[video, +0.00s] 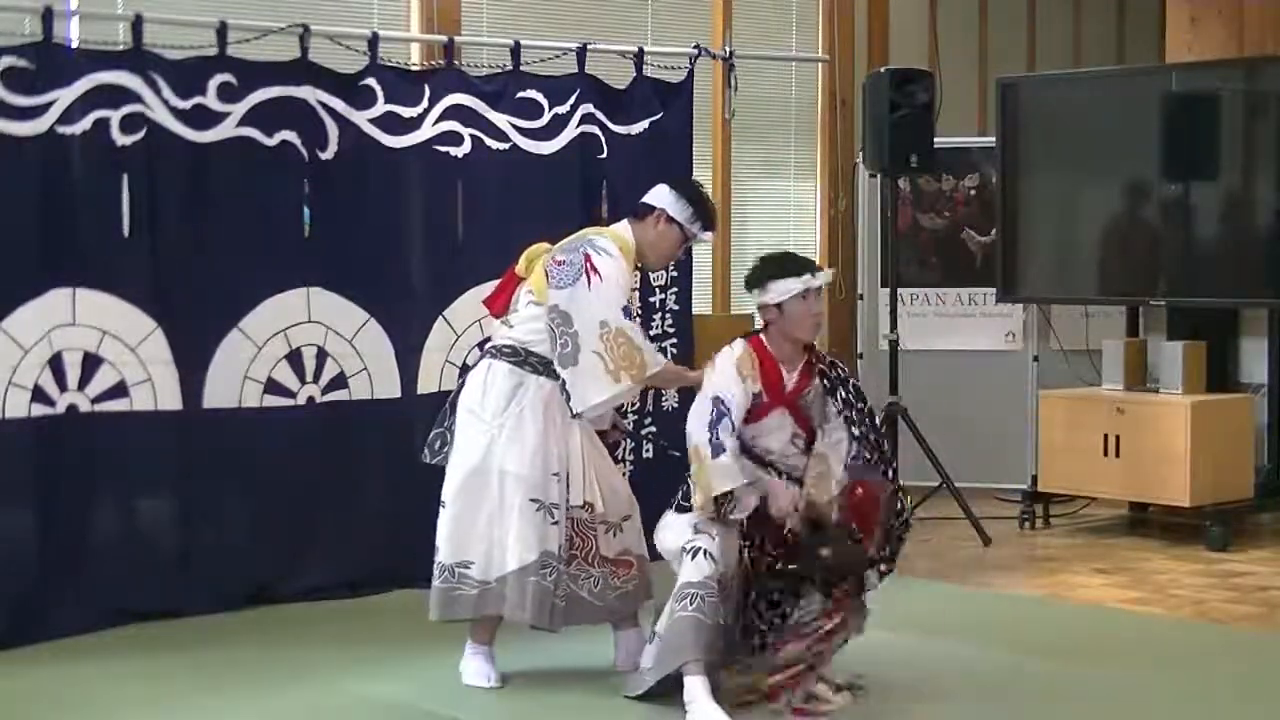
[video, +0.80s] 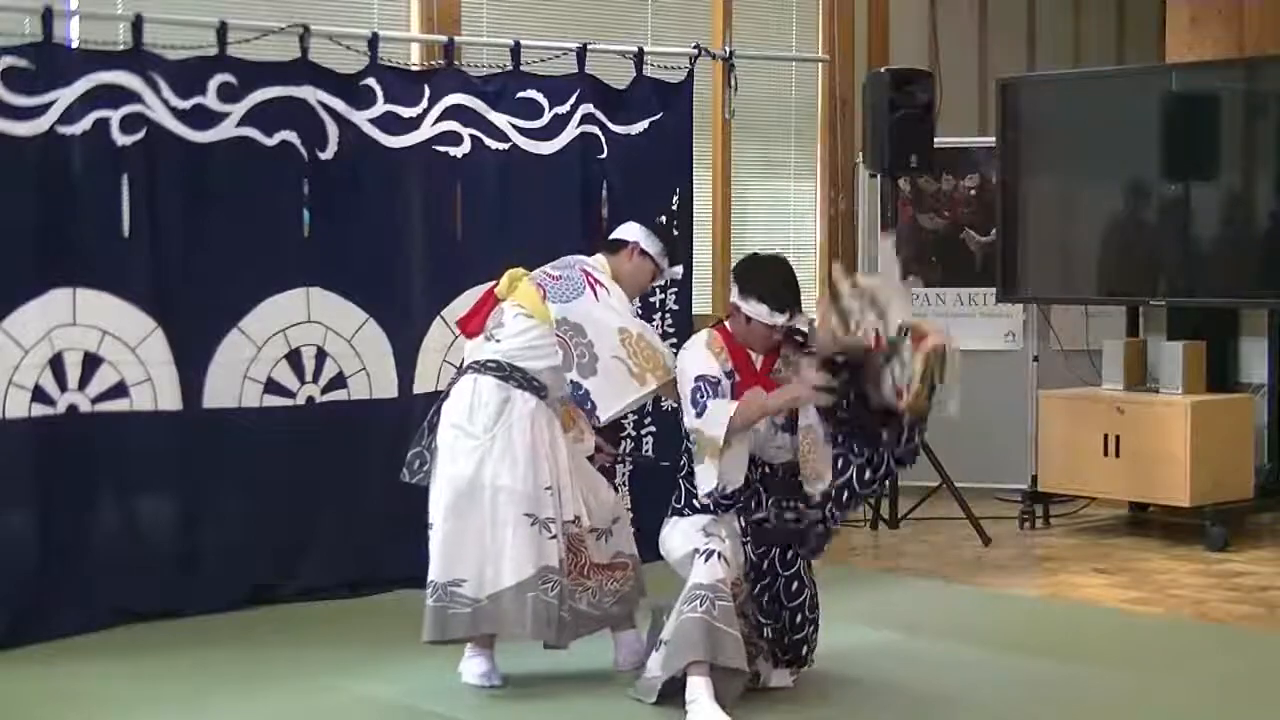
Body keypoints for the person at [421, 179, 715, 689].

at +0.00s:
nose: (682, 254)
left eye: (688, 246)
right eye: (684, 241)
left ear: (659, 222)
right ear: (658, 220)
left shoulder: (608, 258)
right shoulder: (600, 258)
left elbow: (581, 352)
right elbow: (622, 355)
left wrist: (598, 411)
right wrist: (695, 379)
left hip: (546, 396)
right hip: (512, 391)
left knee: (615, 509)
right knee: (506, 515)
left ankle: (631, 647)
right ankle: (478, 650)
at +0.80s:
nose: (651, 285)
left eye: (656, 277)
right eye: (652, 273)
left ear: (621, 252)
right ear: (631, 253)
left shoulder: (566, 276)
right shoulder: (592, 283)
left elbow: (546, 377)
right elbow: (651, 363)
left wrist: (586, 436)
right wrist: (703, 400)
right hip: (499, 403)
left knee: (604, 510)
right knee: (488, 525)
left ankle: (628, 642)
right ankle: (479, 650)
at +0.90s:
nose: (646, 290)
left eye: (651, 283)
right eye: (648, 277)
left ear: (621, 255)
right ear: (629, 256)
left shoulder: (559, 273)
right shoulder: (593, 283)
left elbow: (547, 380)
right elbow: (643, 341)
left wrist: (579, 433)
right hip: (501, 406)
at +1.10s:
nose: (641, 286)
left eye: (646, 278)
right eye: (644, 273)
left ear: (610, 251)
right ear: (624, 252)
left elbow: (539, 377)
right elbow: (665, 359)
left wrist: (577, 440)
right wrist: (707, 407)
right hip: (491, 400)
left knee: (593, 512)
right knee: (485, 523)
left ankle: (627, 642)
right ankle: (478, 652)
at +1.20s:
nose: (640, 280)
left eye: (646, 271)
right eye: (643, 266)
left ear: (613, 243)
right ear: (622, 245)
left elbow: (542, 370)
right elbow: (634, 353)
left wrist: (577, 432)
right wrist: (654, 408)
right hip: (498, 399)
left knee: (594, 510)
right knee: (488, 522)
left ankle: (627, 642)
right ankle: (478, 652)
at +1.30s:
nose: (640, 275)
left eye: (646, 266)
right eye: (644, 260)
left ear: (617, 236)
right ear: (623, 236)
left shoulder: (558, 260)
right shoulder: (587, 267)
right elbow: (590, 342)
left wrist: (574, 427)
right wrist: (600, 418)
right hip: (498, 397)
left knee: (597, 509)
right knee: (492, 519)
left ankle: (628, 645)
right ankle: (478, 652)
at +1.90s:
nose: (675, 250)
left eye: (682, 241)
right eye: (674, 235)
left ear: (644, 221)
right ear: (642, 217)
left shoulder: (612, 264)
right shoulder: (595, 259)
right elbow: (610, 354)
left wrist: (595, 400)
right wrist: (702, 353)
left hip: (555, 403)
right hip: (512, 393)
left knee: (620, 509)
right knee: (501, 516)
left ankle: (632, 645)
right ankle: (480, 651)